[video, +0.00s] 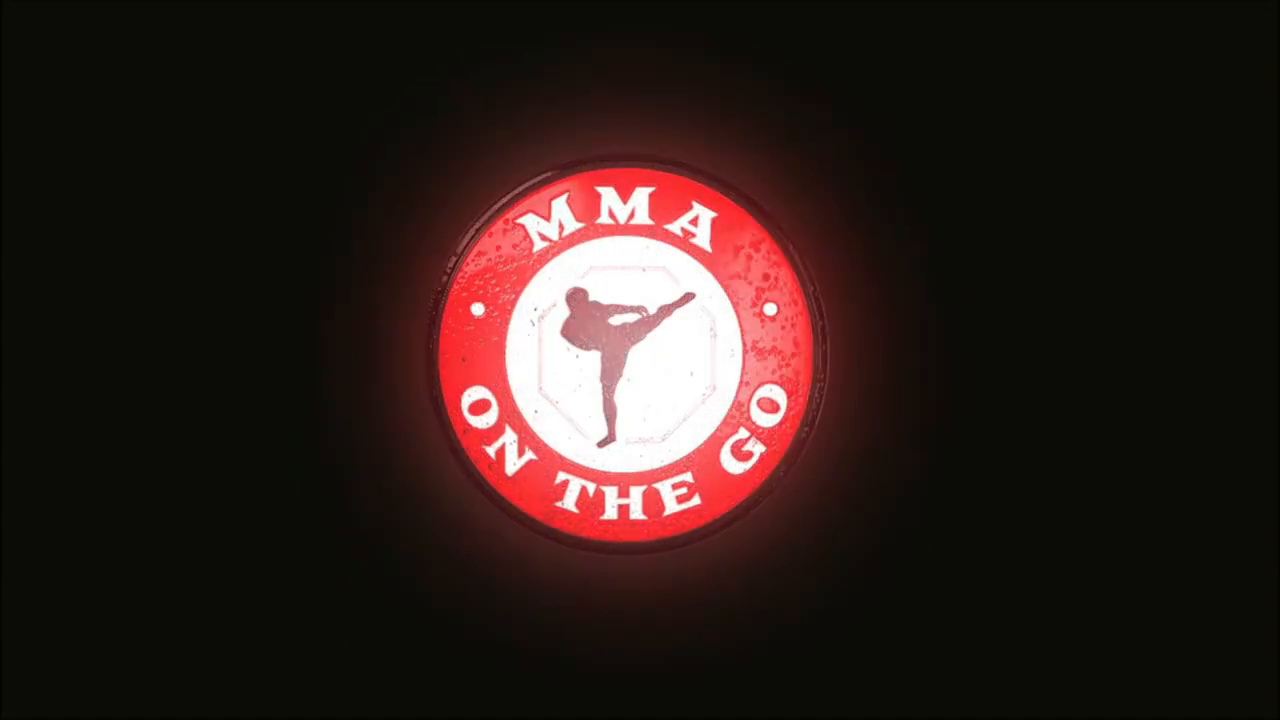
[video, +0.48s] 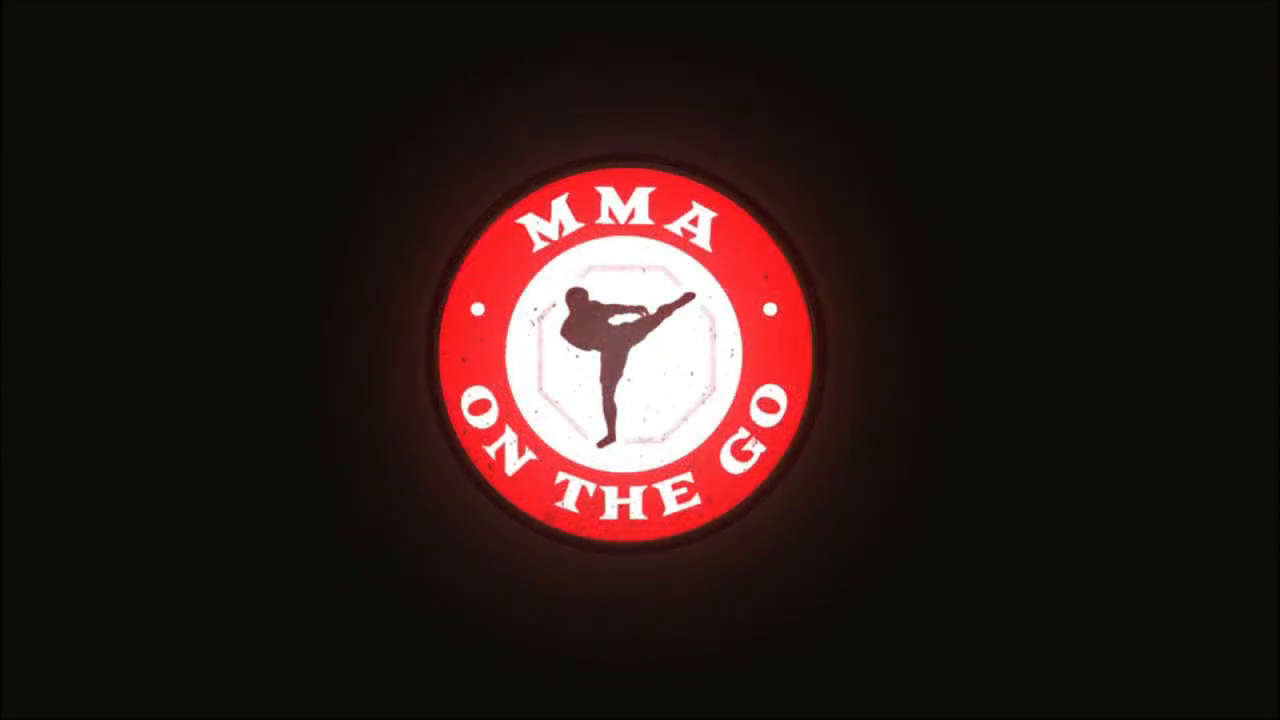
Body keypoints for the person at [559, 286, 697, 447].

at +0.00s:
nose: (576, 304)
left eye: (579, 299)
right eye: (573, 301)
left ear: (585, 298)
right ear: (568, 303)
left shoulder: (594, 308)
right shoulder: (567, 329)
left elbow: (615, 309)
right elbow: (585, 346)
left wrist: (636, 309)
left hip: (622, 334)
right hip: (610, 351)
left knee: (655, 319)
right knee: (608, 393)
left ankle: (677, 304)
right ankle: (611, 435)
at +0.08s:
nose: (576, 304)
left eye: (579, 299)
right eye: (572, 301)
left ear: (585, 298)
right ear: (568, 303)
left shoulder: (594, 308)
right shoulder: (567, 330)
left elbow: (615, 309)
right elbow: (584, 345)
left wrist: (636, 309)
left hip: (622, 333)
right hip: (609, 351)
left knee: (654, 320)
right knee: (608, 392)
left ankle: (677, 304)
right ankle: (611, 435)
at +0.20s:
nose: (577, 303)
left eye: (580, 299)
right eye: (574, 300)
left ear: (586, 298)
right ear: (568, 303)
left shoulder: (594, 308)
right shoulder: (567, 330)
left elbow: (615, 309)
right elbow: (585, 345)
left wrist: (636, 309)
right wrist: (601, 342)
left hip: (622, 333)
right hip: (609, 351)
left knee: (654, 320)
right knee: (607, 392)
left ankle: (677, 304)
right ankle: (611, 435)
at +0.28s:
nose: (577, 304)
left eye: (579, 299)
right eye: (573, 300)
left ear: (585, 298)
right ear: (568, 303)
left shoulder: (594, 308)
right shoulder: (567, 330)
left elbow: (615, 309)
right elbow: (585, 345)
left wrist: (635, 309)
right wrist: (601, 342)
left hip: (621, 333)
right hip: (609, 350)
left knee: (654, 320)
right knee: (607, 392)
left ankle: (677, 304)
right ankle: (611, 435)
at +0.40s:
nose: (577, 303)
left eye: (580, 299)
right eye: (574, 300)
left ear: (585, 298)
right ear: (569, 303)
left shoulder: (594, 308)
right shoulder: (567, 329)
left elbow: (615, 309)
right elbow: (586, 345)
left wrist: (636, 309)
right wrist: (601, 342)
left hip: (622, 334)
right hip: (609, 351)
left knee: (654, 320)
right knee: (607, 393)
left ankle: (677, 304)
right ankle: (611, 435)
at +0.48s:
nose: (579, 303)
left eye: (580, 298)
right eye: (575, 299)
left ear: (585, 298)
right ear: (570, 302)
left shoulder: (593, 308)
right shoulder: (567, 330)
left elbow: (614, 309)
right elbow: (585, 345)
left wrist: (635, 309)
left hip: (622, 334)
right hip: (610, 351)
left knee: (655, 319)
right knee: (607, 393)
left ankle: (678, 304)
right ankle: (611, 435)